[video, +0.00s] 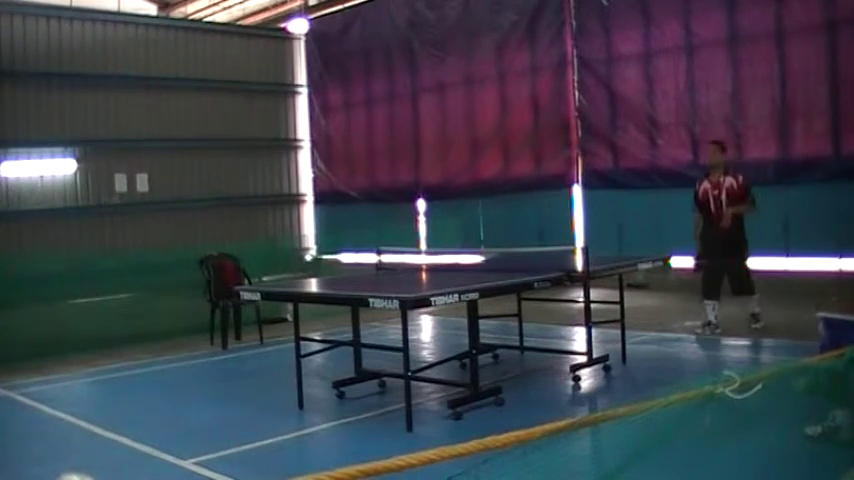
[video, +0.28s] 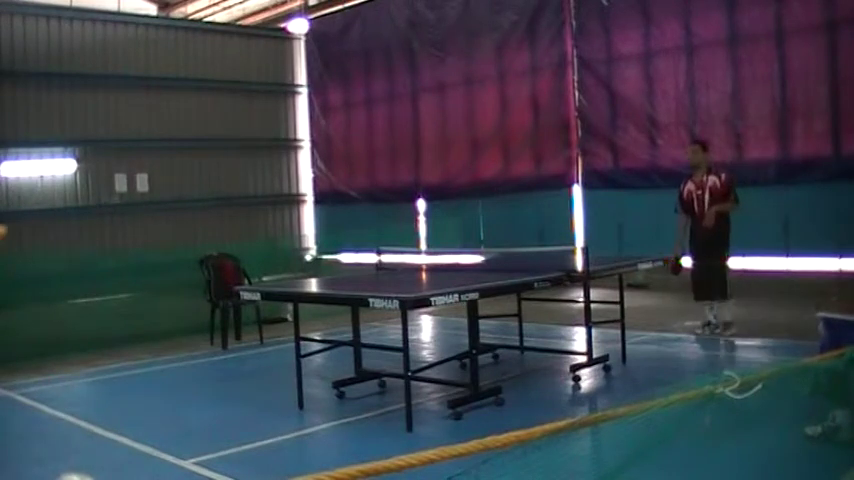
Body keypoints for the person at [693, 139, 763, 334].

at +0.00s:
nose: (712, 158)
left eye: (716, 154)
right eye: (710, 154)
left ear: (724, 156)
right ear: (707, 158)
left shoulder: (737, 181)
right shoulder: (702, 186)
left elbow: (749, 205)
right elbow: (699, 216)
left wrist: (731, 210)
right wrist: (697, 243)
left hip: (733, 241)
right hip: (711, 242)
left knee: (742, 277)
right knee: (710, 280)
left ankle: (754, 312)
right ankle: (711, 320)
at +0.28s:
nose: (692, 157)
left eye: (696, 152)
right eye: (690, 153)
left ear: (705, 155)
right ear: (689, 156)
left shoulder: (721, 179)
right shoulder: (686, 186)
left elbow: (732, 203)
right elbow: (684, 219)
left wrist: (714, 209)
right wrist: (678, 249)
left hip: (718, 235)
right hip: (698, 236)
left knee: (718, 274)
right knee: (702, 276)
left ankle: (725, 317)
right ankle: (710, 318)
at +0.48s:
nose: (684, 158)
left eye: (688, 154)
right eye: (683, 154)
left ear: (698, 157)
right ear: (681, 158)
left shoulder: (712, 181)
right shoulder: (679, 189)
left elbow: (724, 206)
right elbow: (675, 220)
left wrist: (706, 212)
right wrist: (668, 248)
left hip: (709, 234)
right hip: (690, 236)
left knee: (702, 272)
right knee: (696, 273)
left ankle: (699, 320)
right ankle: (709, 318)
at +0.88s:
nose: (674, 155)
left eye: (679, 151)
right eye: (674, 151)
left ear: (689, 155)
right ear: (673, 154)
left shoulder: (699, 182)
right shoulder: (668, 184)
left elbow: (708, 210)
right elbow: (661, 214)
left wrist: (684, 210)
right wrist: (657, 241)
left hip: (692, 242)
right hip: (672, 242)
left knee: (689, 285)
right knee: (679, 285)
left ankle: (690, 330)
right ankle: (685, 328)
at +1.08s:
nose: (659, 155)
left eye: (663, 151)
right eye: (659, 151)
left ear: (675, 155)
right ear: (663, 156)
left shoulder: (687, 180)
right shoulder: (660, 184)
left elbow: (693, 207)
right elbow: (656, 216)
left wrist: (670, 202)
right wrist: (649, 240)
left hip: (682, 242)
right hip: (662, 241)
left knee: (684, 284)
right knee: (654, 280)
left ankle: (689, 328)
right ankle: (656, 318)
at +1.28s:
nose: (642, 160)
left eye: (645, 156)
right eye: (641, 157)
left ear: (656, 159)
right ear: (645, 160)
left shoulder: (667, 182)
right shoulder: (647, 185)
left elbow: (670, 202)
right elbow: (648, 218)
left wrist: (649, 192)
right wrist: (645, 240)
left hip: (670, 243)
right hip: (652, 242)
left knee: (678, 285)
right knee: (646, 282)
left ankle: (689, 327)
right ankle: (640, 321)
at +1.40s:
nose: (629, 163)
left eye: (633, 159)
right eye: (630, 159)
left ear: (643, 161)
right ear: (639, 162)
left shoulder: (653, 181)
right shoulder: (641, 184)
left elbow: (644, 198)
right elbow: (644, 222)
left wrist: (630, 181)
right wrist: (641, 245)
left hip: (660, 244)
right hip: (644, 245)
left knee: (671, 286)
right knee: (637, 284)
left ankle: (686, 327)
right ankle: (637, 323)